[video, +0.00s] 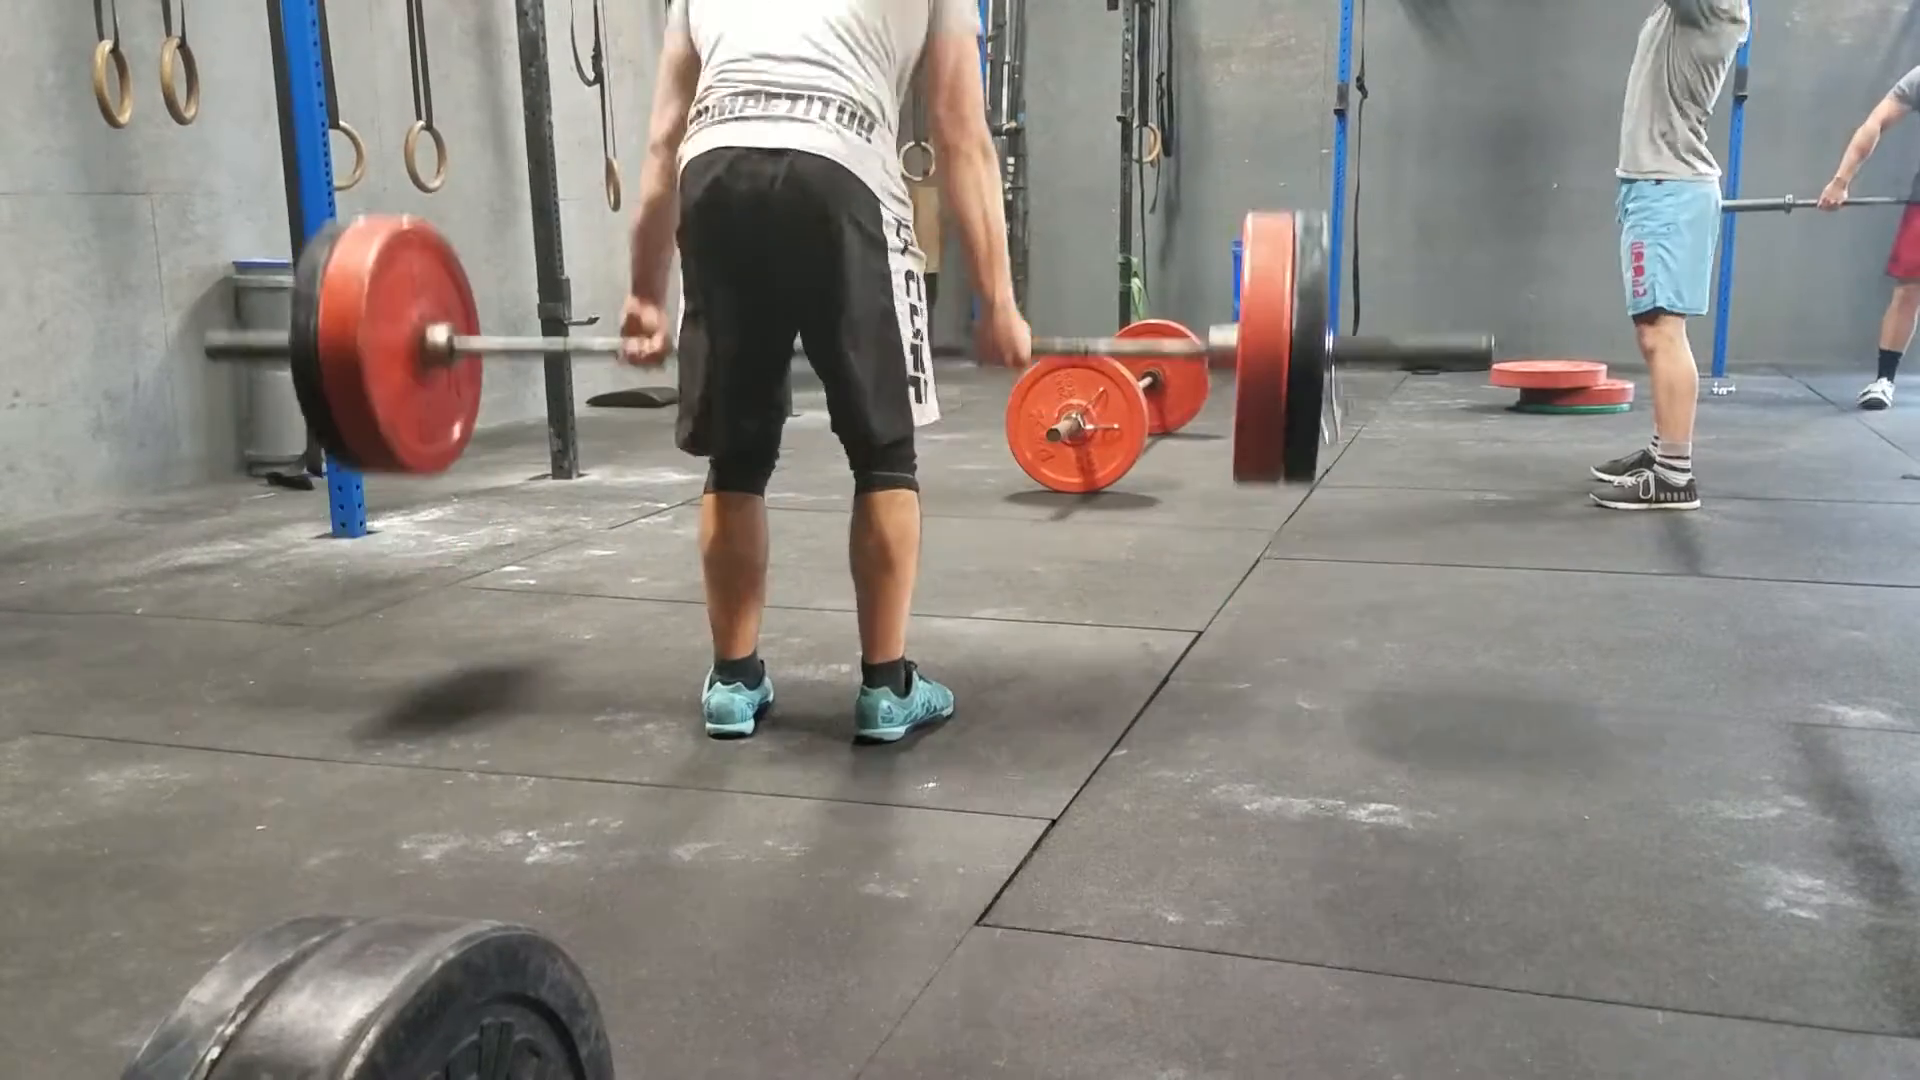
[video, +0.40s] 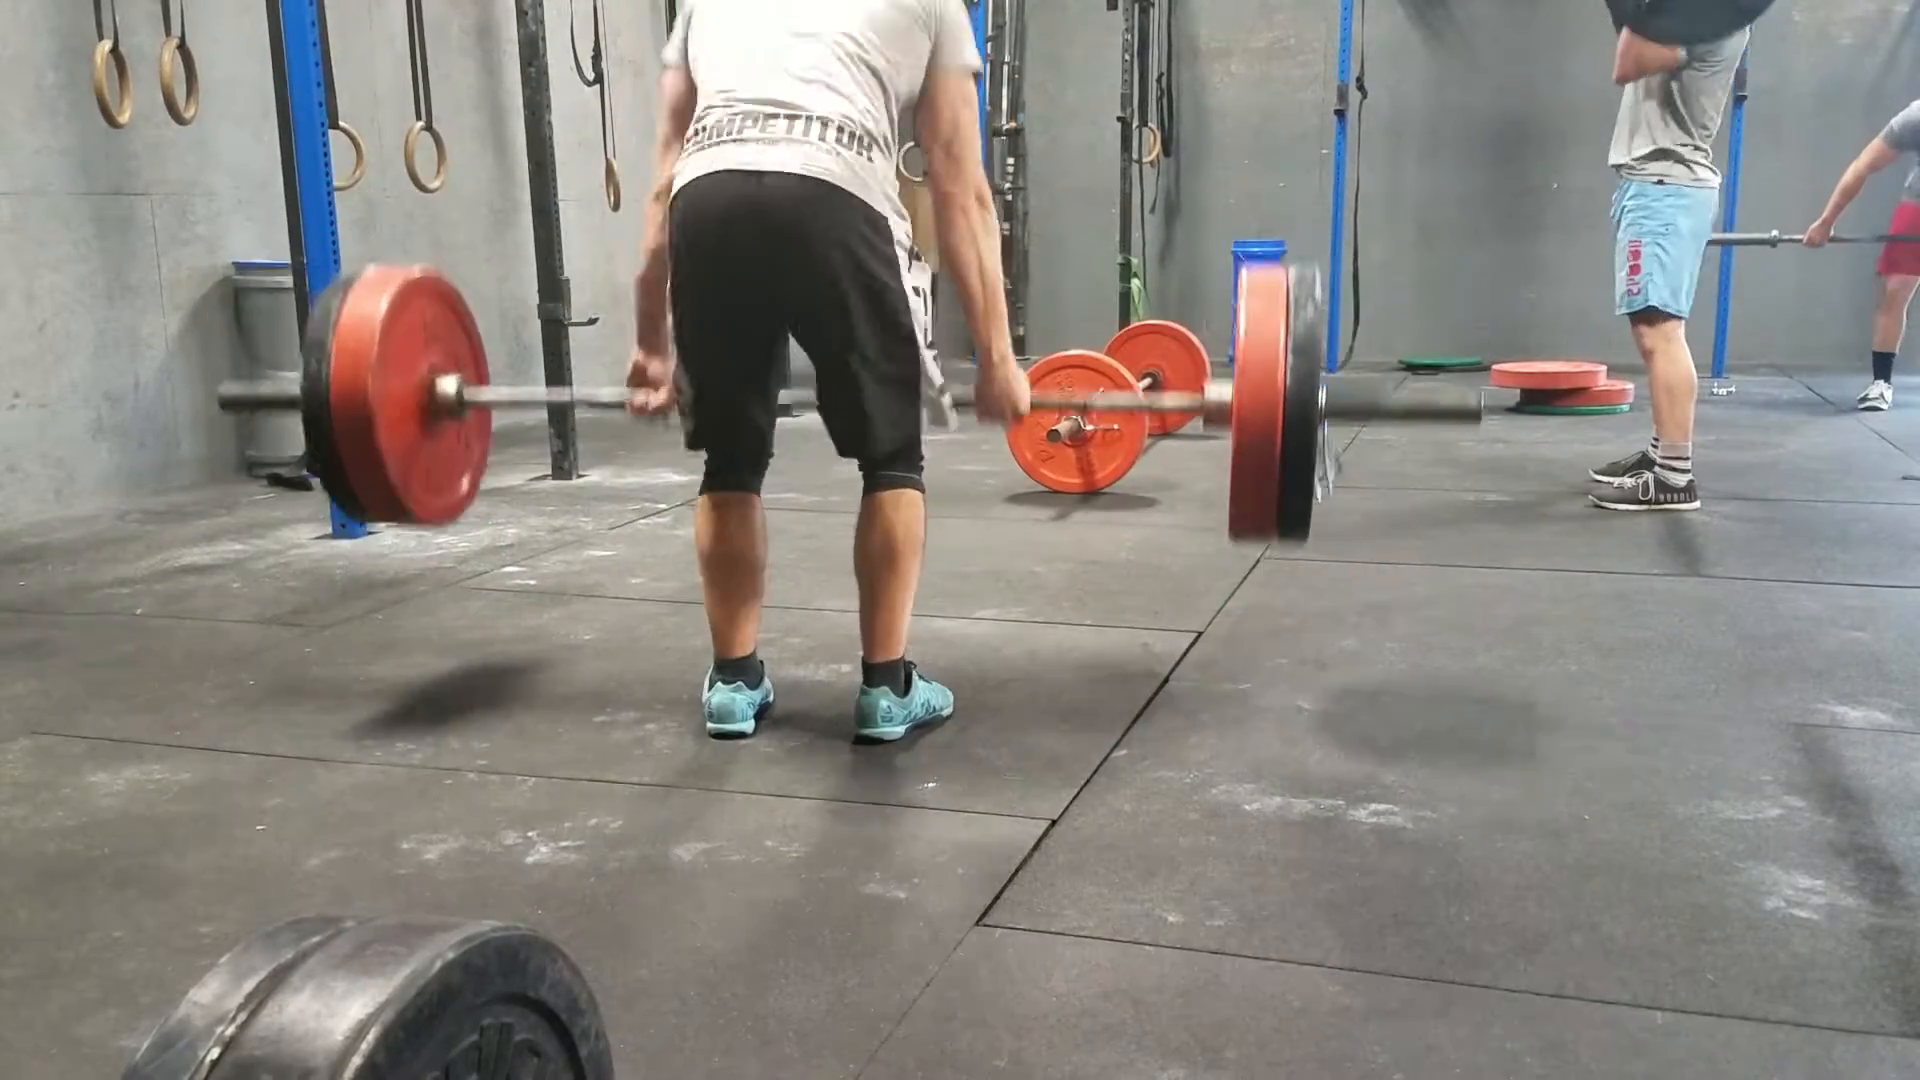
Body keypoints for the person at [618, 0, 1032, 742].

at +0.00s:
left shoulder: (701, 6)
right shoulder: (937, 5)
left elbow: (665, 146)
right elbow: (961, 139)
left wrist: (645, 293)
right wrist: (998, 301)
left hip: (715, 178)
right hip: (840, 181)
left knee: (735, 458)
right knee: (884, 454)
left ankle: (732, 681)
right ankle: (885, 686)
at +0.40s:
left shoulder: (704, 10)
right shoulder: (932, 8)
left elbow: (669, 171)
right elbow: (960, 187)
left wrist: (651, 340)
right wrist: (996, 352)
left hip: (709, 207)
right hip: (832, 204)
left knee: (730, 460)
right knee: (890, 457)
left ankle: (732, 681)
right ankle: (885, 687)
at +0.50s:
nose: (907, 27)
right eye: (910, 21)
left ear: (810, 15)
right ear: (901, 19)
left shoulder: (732, 63)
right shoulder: (931, 84)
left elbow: (676, 254)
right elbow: (963, 277)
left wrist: (656, 425)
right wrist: (998, 443)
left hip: (703, 224)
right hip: (834, 226)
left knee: (725, 476)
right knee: (895, 466)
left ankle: (733, 682)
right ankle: (884, 686)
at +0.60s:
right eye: (910, 131)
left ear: (820, 114)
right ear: (905, 126)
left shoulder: (743, 146)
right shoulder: (931, 178)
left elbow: (678, 391)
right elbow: (968, 371)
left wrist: (661, 509)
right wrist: (1001, 529)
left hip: (700, 261)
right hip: (839, 267)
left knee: (729, 472)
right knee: (908, 469)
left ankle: (736, 680)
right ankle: (886, 683)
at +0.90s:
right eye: (911, 38)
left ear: (822, 30)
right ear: (905, 38)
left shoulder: (741, 68)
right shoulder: (931, 94)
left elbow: (668, 270)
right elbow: (965, 269)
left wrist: (648, 415)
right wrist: (998, 428)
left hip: (701, 207)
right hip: (829, 214)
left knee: (732, 468)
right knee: (889, 461)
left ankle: (731, 682)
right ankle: (884, 687)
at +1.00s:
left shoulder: (713, 15)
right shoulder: (930, 11)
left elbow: (659, 219)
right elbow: (965, 184)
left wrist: (647, 338)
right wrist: (998, 342)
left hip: (709, 189)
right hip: (834, 189)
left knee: (731, 462)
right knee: (885, 459)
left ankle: (731, 682)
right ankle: (885, 687)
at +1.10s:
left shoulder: (689, 5)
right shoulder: (929, 4)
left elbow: (660, 118)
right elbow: (960, 111)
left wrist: (639, 261)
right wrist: (995, 267)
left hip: (725, 180)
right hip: (847, 182)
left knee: (737, 453)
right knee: (880, 454)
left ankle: (732, 681)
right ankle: (885, 686)